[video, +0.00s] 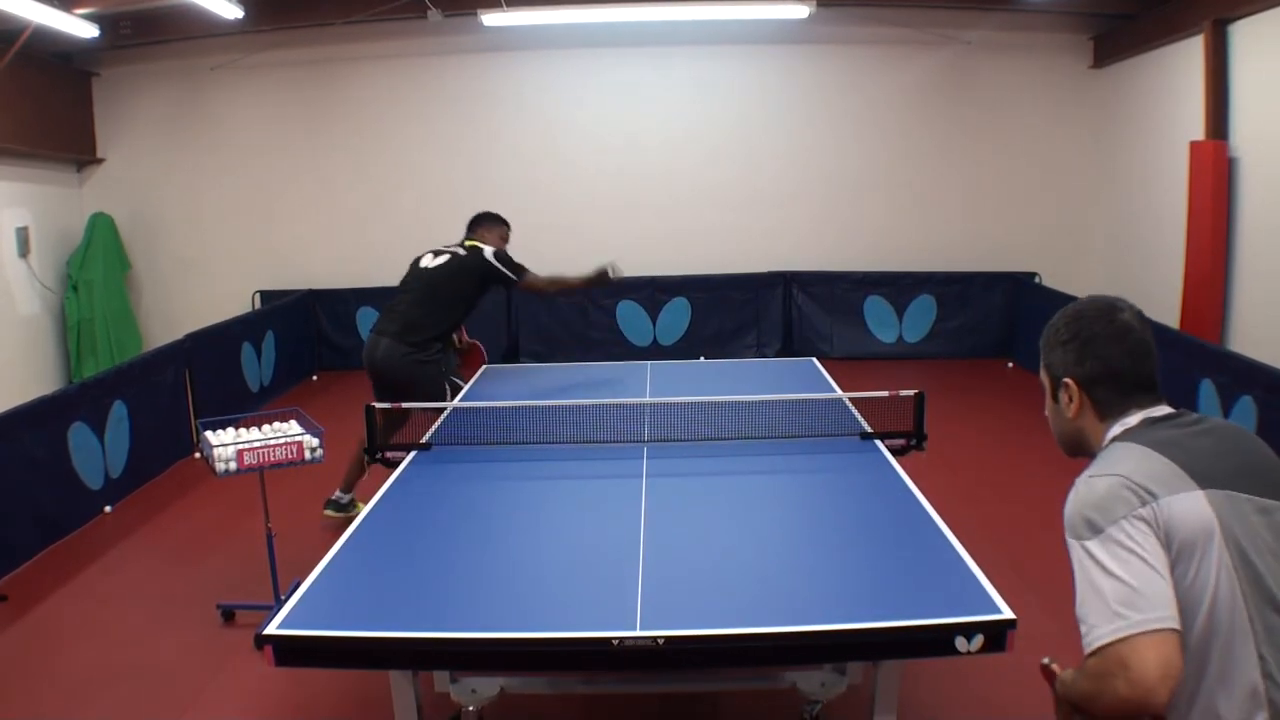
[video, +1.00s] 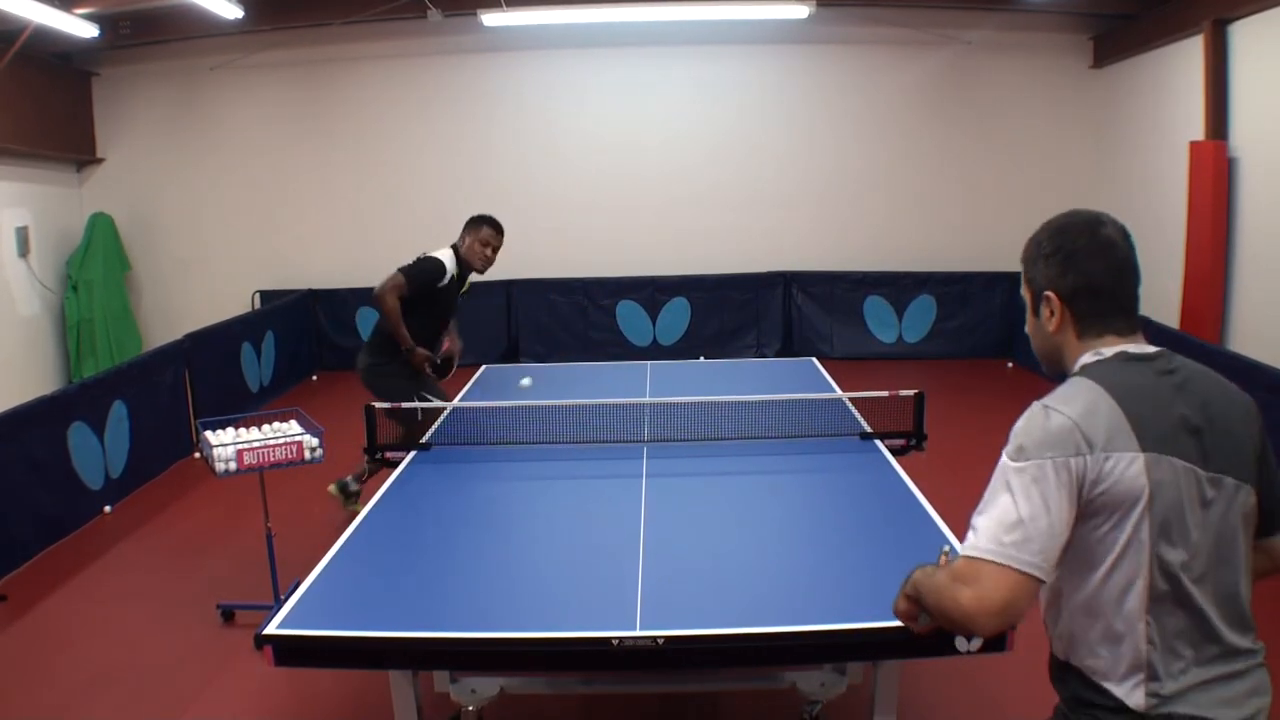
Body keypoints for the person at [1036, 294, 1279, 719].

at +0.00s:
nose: (1045, 409)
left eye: (1046, 393)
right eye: (1044, 393)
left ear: (1071, 397)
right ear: (1147, 375)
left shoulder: (1112, 486)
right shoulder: (1249, 446)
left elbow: (1141, 680)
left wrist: (1070, 687)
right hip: (1266, 704)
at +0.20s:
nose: (1048, 395)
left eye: (1047, 378)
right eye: (1046, 378)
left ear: (1073, 384)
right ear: (1151, 364)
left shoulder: (1101, 477)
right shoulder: (1255, 443)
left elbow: (1103, 682)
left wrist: (1046, 671)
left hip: (1187, 710)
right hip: (1268, 703)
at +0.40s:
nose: (1059, 372)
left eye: (1060, 355)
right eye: (1059, 354)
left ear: (1085, 362)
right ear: (1165, 346)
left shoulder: (1112, 460)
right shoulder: (1258, 429)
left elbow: (1102, 661)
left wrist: (1034, 643)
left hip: (1186, 709)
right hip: (1269, 701)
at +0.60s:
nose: (1060, 349)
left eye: (1061, 331)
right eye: (1059, 331)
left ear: (1087, 340)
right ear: (1167, 325)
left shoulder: (1120, 447)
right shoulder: (1253, 414)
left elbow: (1118, 652)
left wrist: (1037, 624)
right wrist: (1057, 633)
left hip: (1184, 706)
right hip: (1268, 699)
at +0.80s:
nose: (1037, 356)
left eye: (1038, 338)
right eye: (1036, 338)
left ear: (1064, 346)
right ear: (1141, 330)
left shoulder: (1087, 459)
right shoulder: (1235, 432)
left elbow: (1052, 665)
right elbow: (1263, 598)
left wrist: (975, 623)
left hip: (1142, 708)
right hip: (1261, 701)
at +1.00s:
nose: (1028, 328)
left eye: (1028, 309)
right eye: (1027, 310)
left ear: (1053, 311)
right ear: (1127, 297)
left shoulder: (1064, 421)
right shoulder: (1232, 403)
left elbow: (983, 605)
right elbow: (1266, 551)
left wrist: (924, 578)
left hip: (1119, 702)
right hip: (1243, 696)